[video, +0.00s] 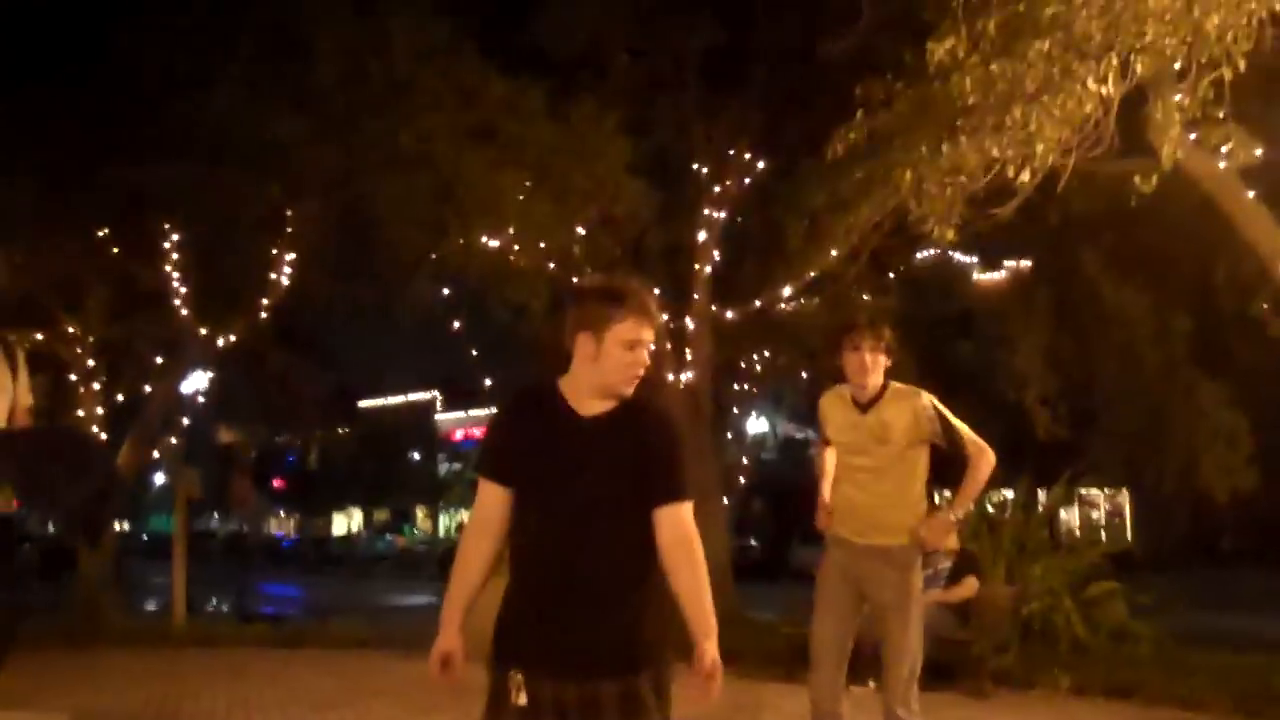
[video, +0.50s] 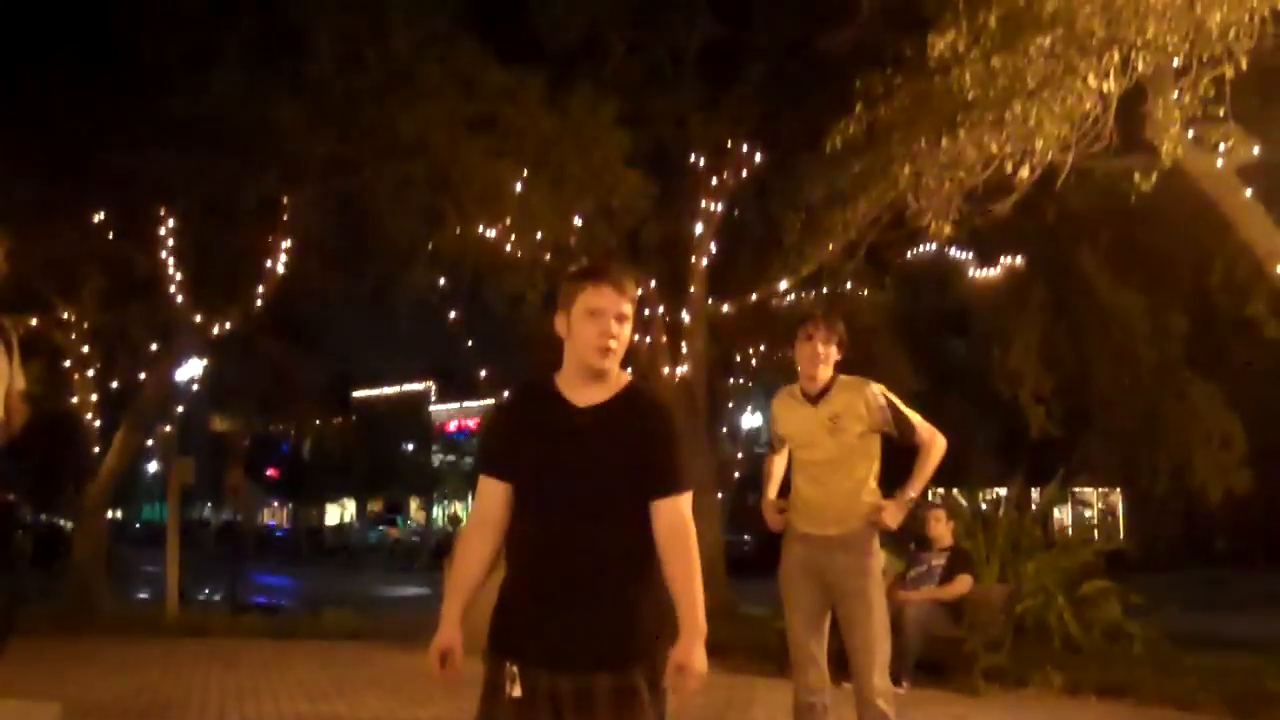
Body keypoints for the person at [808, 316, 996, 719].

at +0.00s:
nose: (863, 361)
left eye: (872, 351)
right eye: (854, 350)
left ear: (886, 359)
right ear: (841, 358)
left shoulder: (917, 405)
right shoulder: (831, 404)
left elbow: (982, 456)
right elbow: (828, 446)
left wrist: (951, 516)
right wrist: (824, 497)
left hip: (898, 557)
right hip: (841, 551)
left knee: (899, 690)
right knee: (823, 681)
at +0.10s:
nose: (865, 347)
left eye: (874, 338)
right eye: (857, 337)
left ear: (888, 344)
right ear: (845, 343)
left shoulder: (918, 387)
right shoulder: (833, 385)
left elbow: (986, 437)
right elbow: (828, 429)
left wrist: (952, 497)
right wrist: (822, 477)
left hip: (899, 539)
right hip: (841, 533)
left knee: (899, 676)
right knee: (825, 662)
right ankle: (826, 715)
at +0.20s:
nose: (846, 349)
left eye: (855, 340)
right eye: (837, 339)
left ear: (867, 348)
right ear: (823, 348)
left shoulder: (898, 394)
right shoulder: (812, 394)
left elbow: (965, 442)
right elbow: (808, 437)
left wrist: (935, 503)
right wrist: (799, 487)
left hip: (880, 544)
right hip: (823, 540)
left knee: (887, 677)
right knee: (817, 675)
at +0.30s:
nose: (831, 365)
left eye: (839, 354)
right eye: (823, 355)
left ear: (856, 358)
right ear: (811, 363)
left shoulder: (887, 401)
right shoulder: (802, 406)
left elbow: (951, 455)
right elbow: (798, 454)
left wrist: (921, 512)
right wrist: (788, 504)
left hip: (871, 553)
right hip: (814, 552)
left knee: (882, 680)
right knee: (813, 678)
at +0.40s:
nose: (825, 356)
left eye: (834, 348)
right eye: (815, 346)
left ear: (847, 356)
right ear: (801, 354)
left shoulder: (876, 399)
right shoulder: (792, 404)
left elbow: (943, 447)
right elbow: (787, 448)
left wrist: (909, 507)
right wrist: (778, 496)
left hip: (862, 549)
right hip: (806, 547)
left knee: (874, 680)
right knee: (808, 674)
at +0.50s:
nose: (817, 350)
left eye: (825, 342)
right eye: (808, 340)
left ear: (837, 353)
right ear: (794, 349)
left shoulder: (866, 396)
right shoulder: (782, 403)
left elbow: (934, 441)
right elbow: (778, 449)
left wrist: (902, 502)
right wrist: (768, 499)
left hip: (857, 547)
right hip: (800, 547)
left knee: (871, 684)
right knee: (807, 679)